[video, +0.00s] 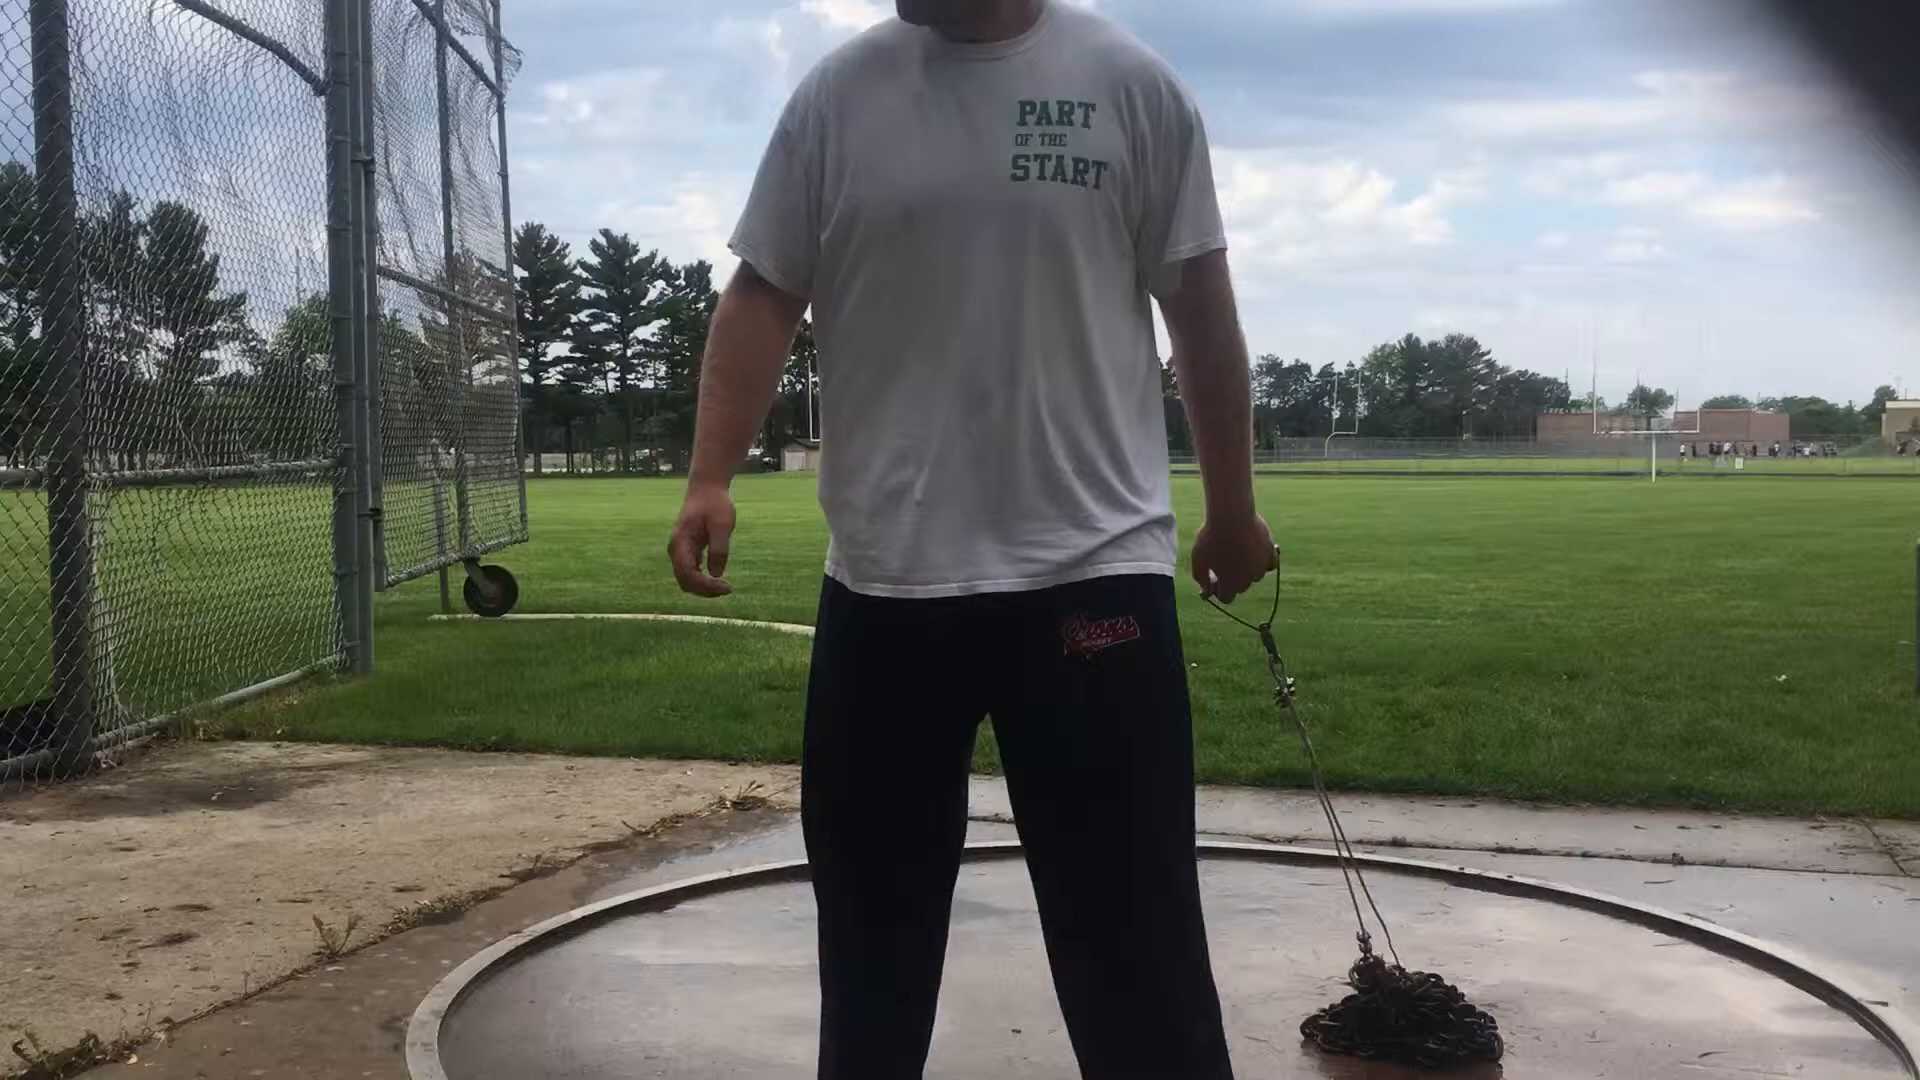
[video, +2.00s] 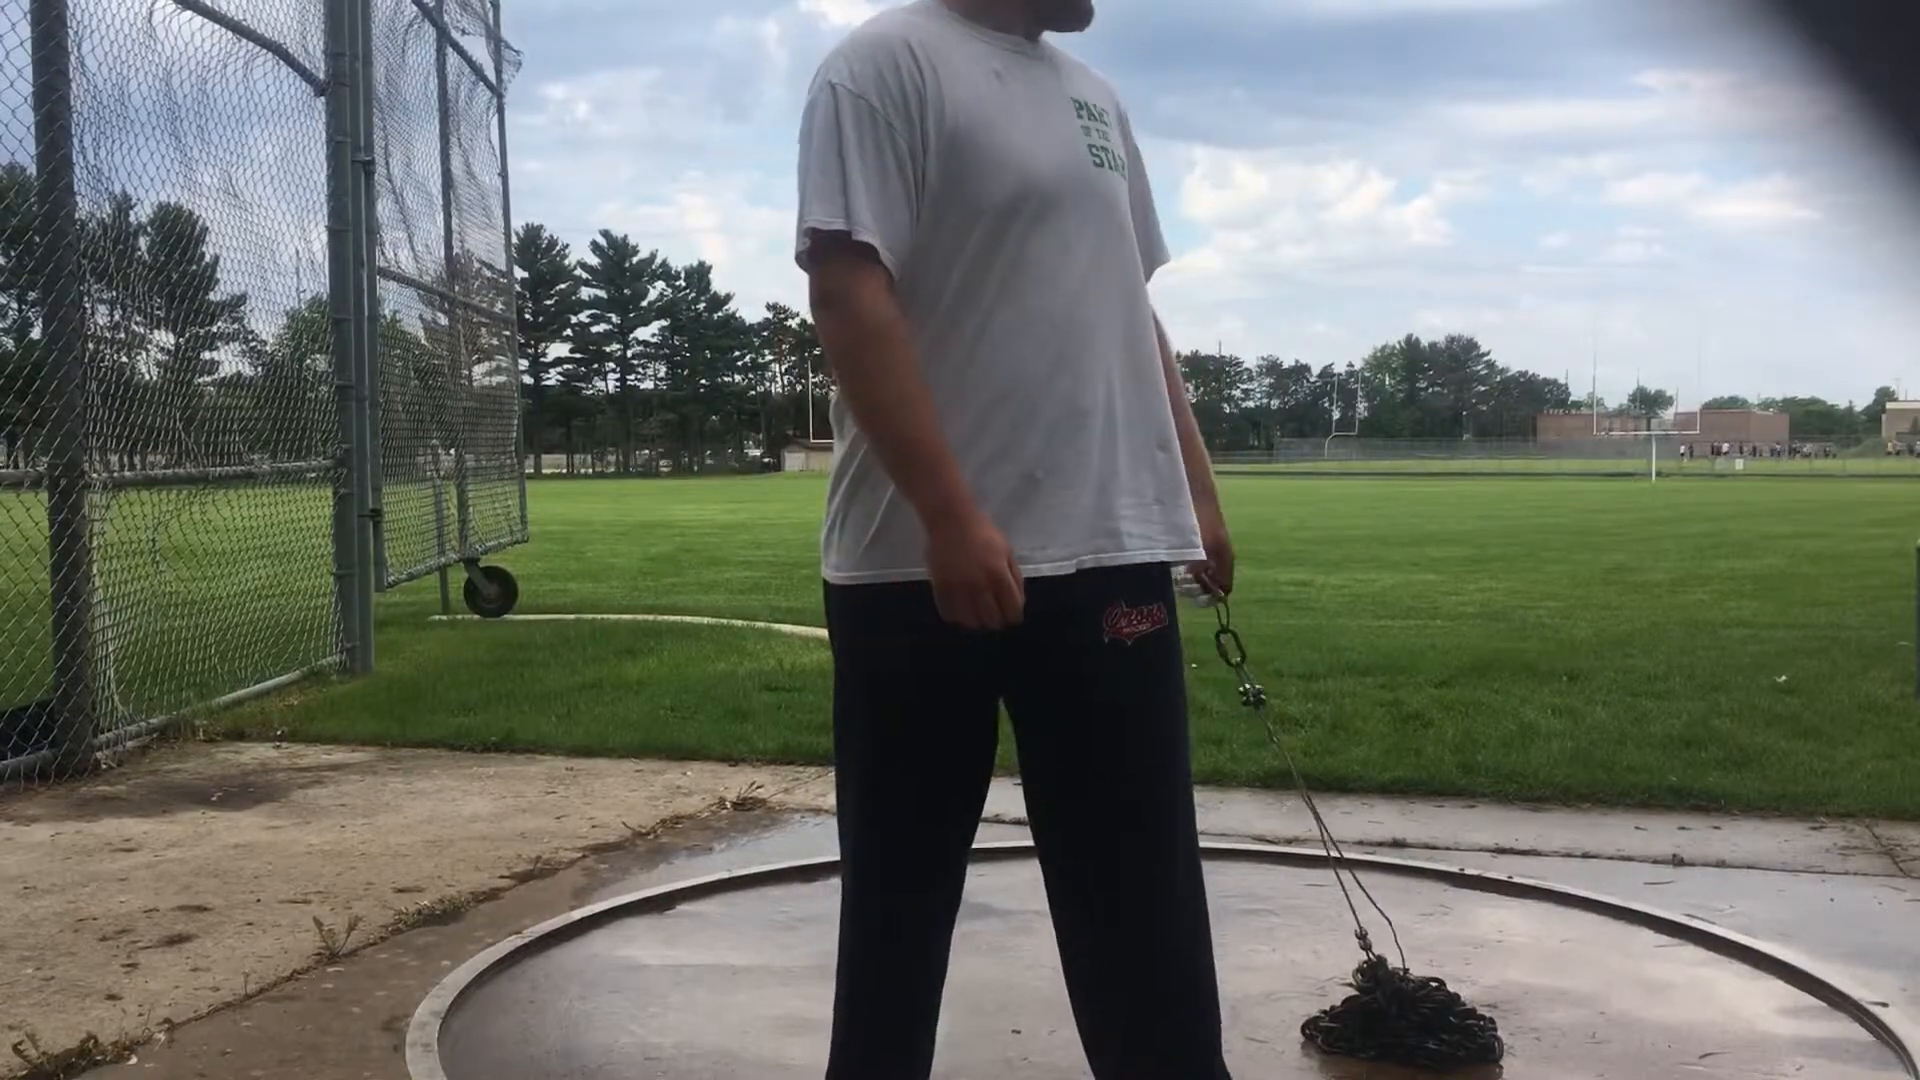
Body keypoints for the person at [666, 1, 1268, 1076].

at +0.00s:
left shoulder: (1131, 86)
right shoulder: (834, 96)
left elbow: (1200, 304)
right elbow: (764, 291)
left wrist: (1231, 506)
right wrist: (708, 475)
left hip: (1092, 576)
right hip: (885, 585)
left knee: (1135, 947)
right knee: (869, 943)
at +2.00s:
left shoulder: (1095, 96)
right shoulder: (878, 62)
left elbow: (1130, 312)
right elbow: (846, 293)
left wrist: (1196, 485)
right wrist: (947, 516)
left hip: (1111, 563)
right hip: (918, 570)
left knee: (1145, 914)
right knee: (897, 915)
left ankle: (1175, 1071)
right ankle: (876, 1073)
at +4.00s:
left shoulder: (1071, 34)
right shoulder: (829, 123)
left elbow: (1222, 98)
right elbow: (816, 329)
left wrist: (1045, 103)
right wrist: (923, 218)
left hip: (1098, 511)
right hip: (911, 540)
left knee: (1140, 894)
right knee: (884, 911)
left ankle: (1172, 1069)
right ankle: (871, 1078)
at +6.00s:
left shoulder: (1047, 58)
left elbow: (800, 166)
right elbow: (885, 295)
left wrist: (661, 230)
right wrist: (714, 260)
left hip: (1050, 515)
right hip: (928, 537)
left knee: (1094, 860)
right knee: (914, 868)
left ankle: (1161, 1061)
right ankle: (921, 1062)